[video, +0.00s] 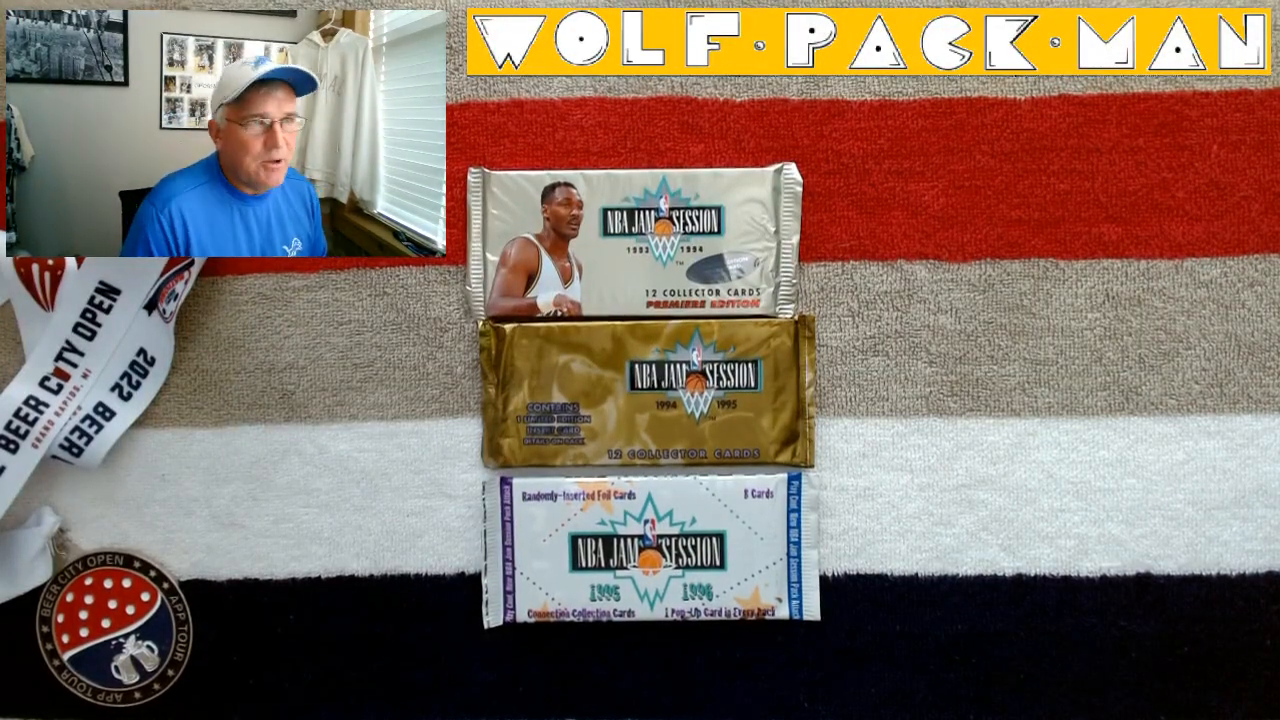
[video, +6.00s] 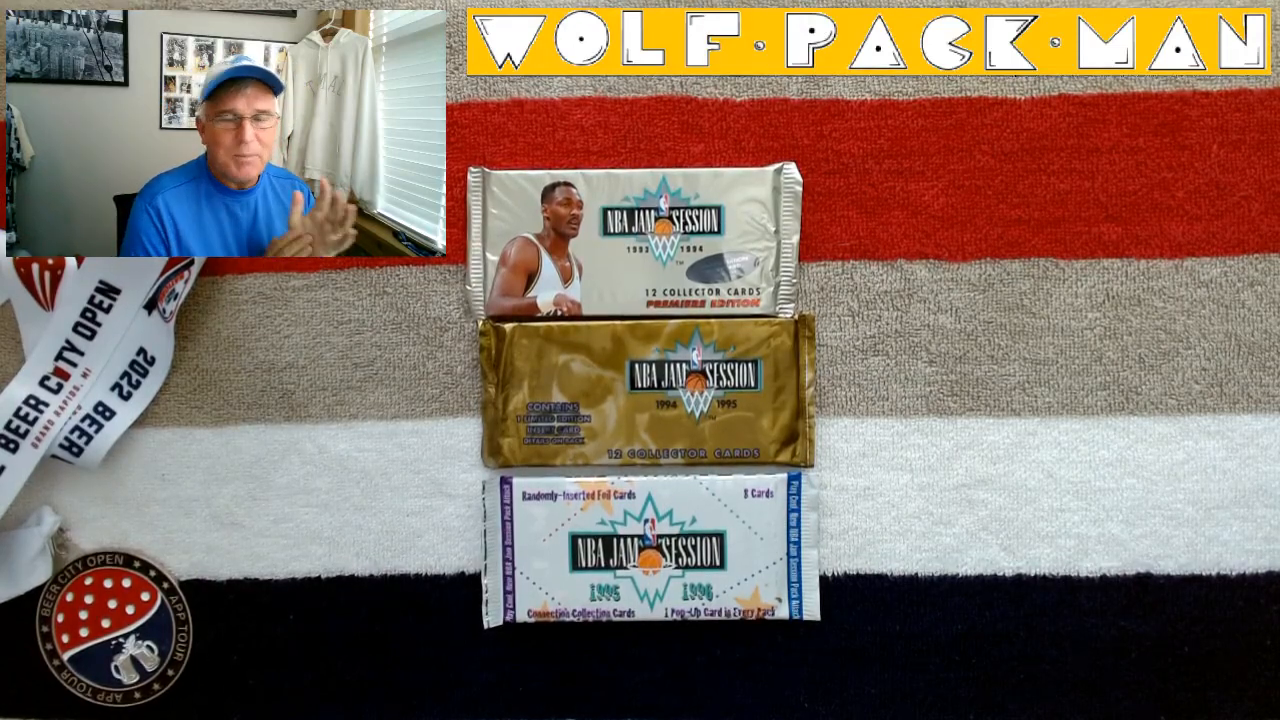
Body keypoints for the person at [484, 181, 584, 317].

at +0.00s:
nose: (576, 213)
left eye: (580, 207)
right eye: (566, 205)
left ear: (583, 211)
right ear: (545, 211)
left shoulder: (575, 266)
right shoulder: (520, 250)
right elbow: (495, 308)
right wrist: (550, 301)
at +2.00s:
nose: (576, 213)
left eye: (580, 207)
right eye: (566, 205)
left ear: (583, 211)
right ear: (546, 211)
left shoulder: (575, 266)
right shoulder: (521, 250)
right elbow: (495, 307)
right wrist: (550, 301)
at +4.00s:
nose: (576, 213)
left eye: (580, 207)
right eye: (566, 205)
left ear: (583, 211)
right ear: (545, 211)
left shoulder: (575, 265)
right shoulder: (521, 249)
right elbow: (495, 307)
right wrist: (550, 301)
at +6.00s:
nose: (576, 213)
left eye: (580, 207)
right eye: (566, 205)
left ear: (583, 211)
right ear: (545, 211)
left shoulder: (575, 266)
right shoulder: (521, 250)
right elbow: (494, 307)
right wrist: (551, 301)